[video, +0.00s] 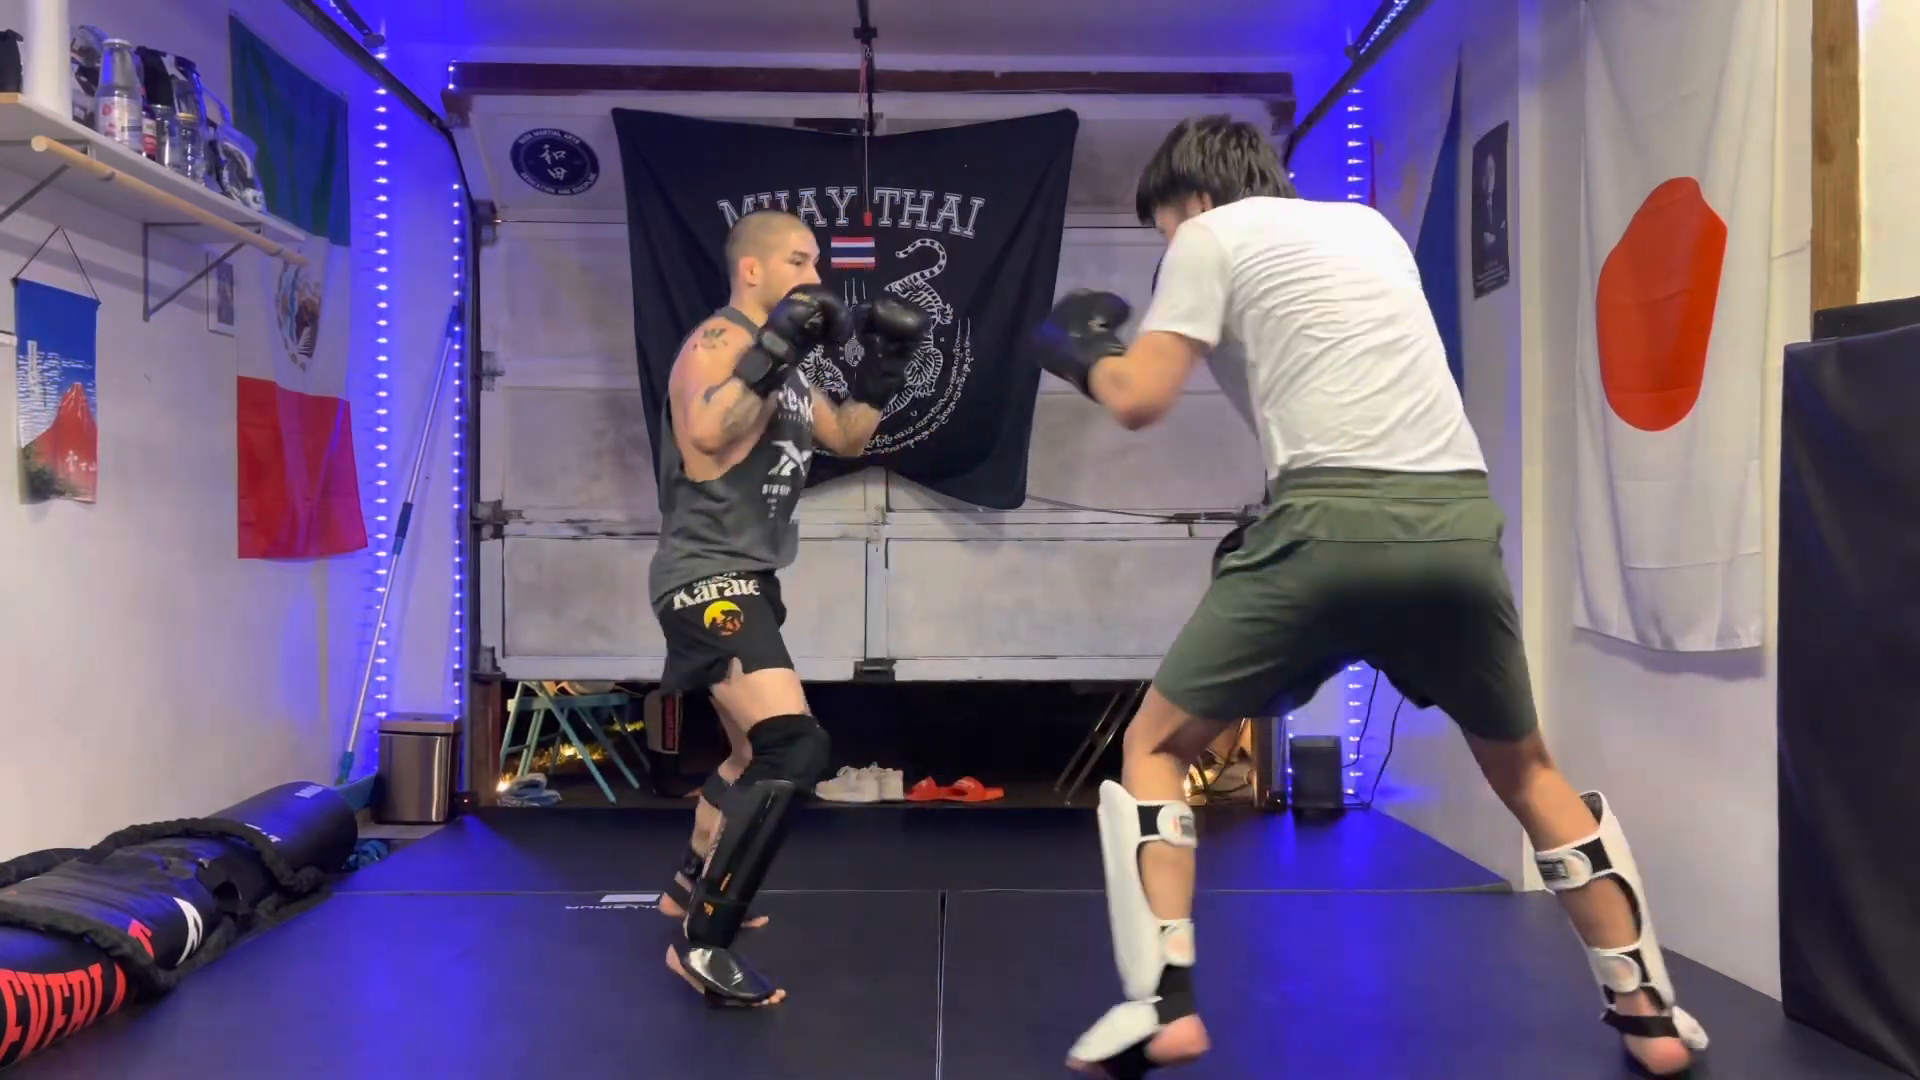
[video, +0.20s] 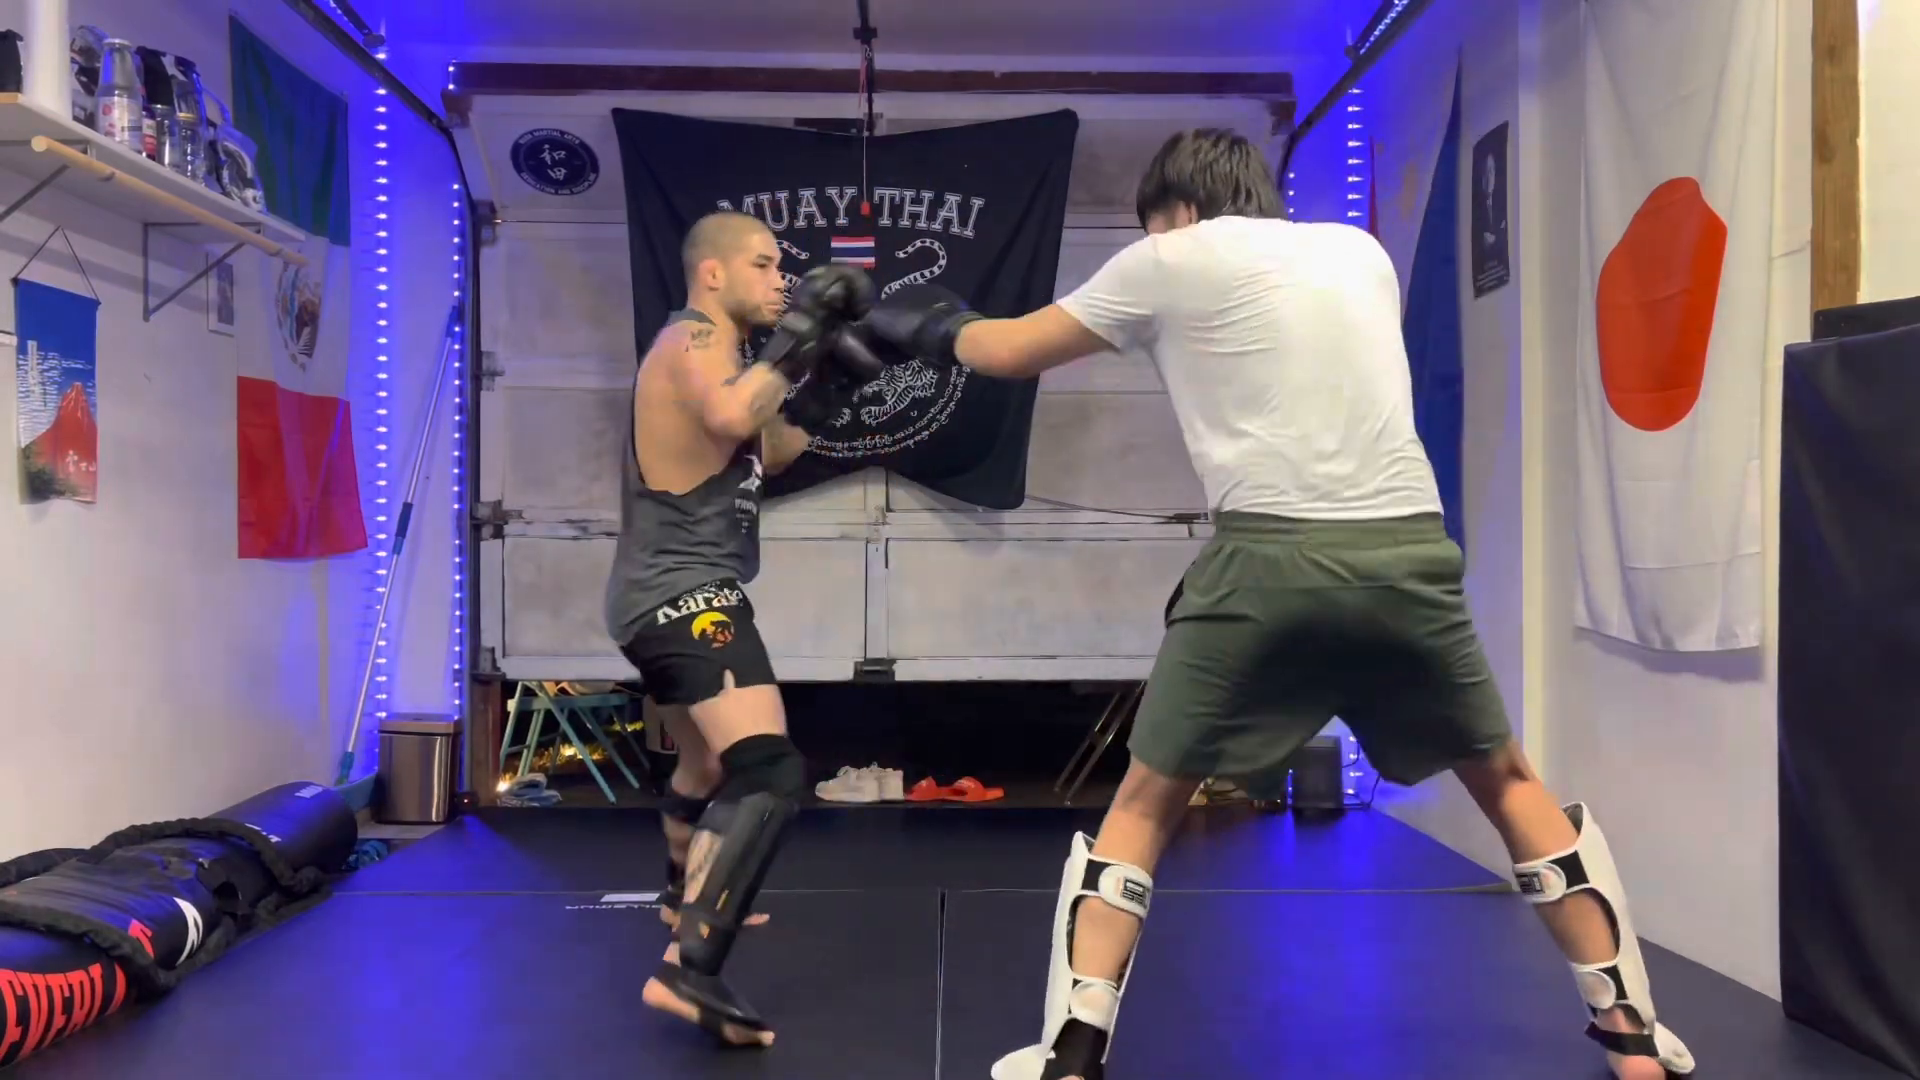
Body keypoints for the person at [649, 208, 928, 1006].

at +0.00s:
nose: (814, 275)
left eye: (816, 263)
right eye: (800, 261)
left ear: (803, 274)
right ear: (749, 269)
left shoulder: (782, 352)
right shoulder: (715, 343)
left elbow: (847, 435)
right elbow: (705, 440)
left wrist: (887, 363)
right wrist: (775, 352)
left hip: (741, 576)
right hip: (710, 576)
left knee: (754, 751)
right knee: (795, 747)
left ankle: (696, 881)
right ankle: (706, 943)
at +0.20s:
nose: (779, 281)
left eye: (779, 267)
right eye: (764, 265)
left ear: (723, 277)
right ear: (711, 272)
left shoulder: (722, 351)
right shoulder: (690, 340)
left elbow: (772, 453)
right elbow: (734, 417)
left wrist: (825, 386)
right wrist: (804, 327)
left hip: (674, 590)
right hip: (686, 591)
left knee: (701, 766)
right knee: (771, 773)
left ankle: (691, 900)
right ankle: (690, 967)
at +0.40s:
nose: (734, 280)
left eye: (732, 265)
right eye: (720, 262)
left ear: (661, 276)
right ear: (666, 271)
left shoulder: (634, 354)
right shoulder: (663, 338)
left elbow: (693, 458)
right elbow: (755, 355)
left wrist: (746, 395)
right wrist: (866, 304)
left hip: (572, 609)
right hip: (617, 608)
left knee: (621, 762)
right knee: (714, 793)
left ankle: (540, 910)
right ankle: (663, 1019)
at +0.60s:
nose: (664, 280)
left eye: (664, 266)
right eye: (649, 264)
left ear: (607, 277)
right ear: (593, 272)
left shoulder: (606, 369)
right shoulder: (553, 352)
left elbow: (682, 458)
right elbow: (508, 471)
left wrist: (730, 377)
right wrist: (618, 449)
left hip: (498, 602)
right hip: (517, 597)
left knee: (503, 791)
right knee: (621, 785)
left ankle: (397, 945)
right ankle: (653, 1009)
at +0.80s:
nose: (609, 254)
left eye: (609, 238)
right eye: (593, 236)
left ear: (552, 246)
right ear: (535, 240)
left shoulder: (555, 340)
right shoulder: (489, 320)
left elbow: (615, 446)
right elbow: (455, 437)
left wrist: (676, 379)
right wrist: (555, 398)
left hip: (507, 576)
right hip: (494, 575)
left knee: (477, 781)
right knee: (586, 774)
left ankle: (396, 942)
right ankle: (555, 1006)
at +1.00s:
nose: (580, 256)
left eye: (579, 240)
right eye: (563, 239)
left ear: (517, 253)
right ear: (505, 247)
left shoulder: (519, 348)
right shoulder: (478, 331)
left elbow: (606, 453)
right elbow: (559, 415)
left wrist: (662, 373)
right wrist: (620, 314)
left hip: (473, 606)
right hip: (491, 601)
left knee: (469, 794)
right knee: (596, 802)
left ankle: (396, 948)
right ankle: (522, 1041)